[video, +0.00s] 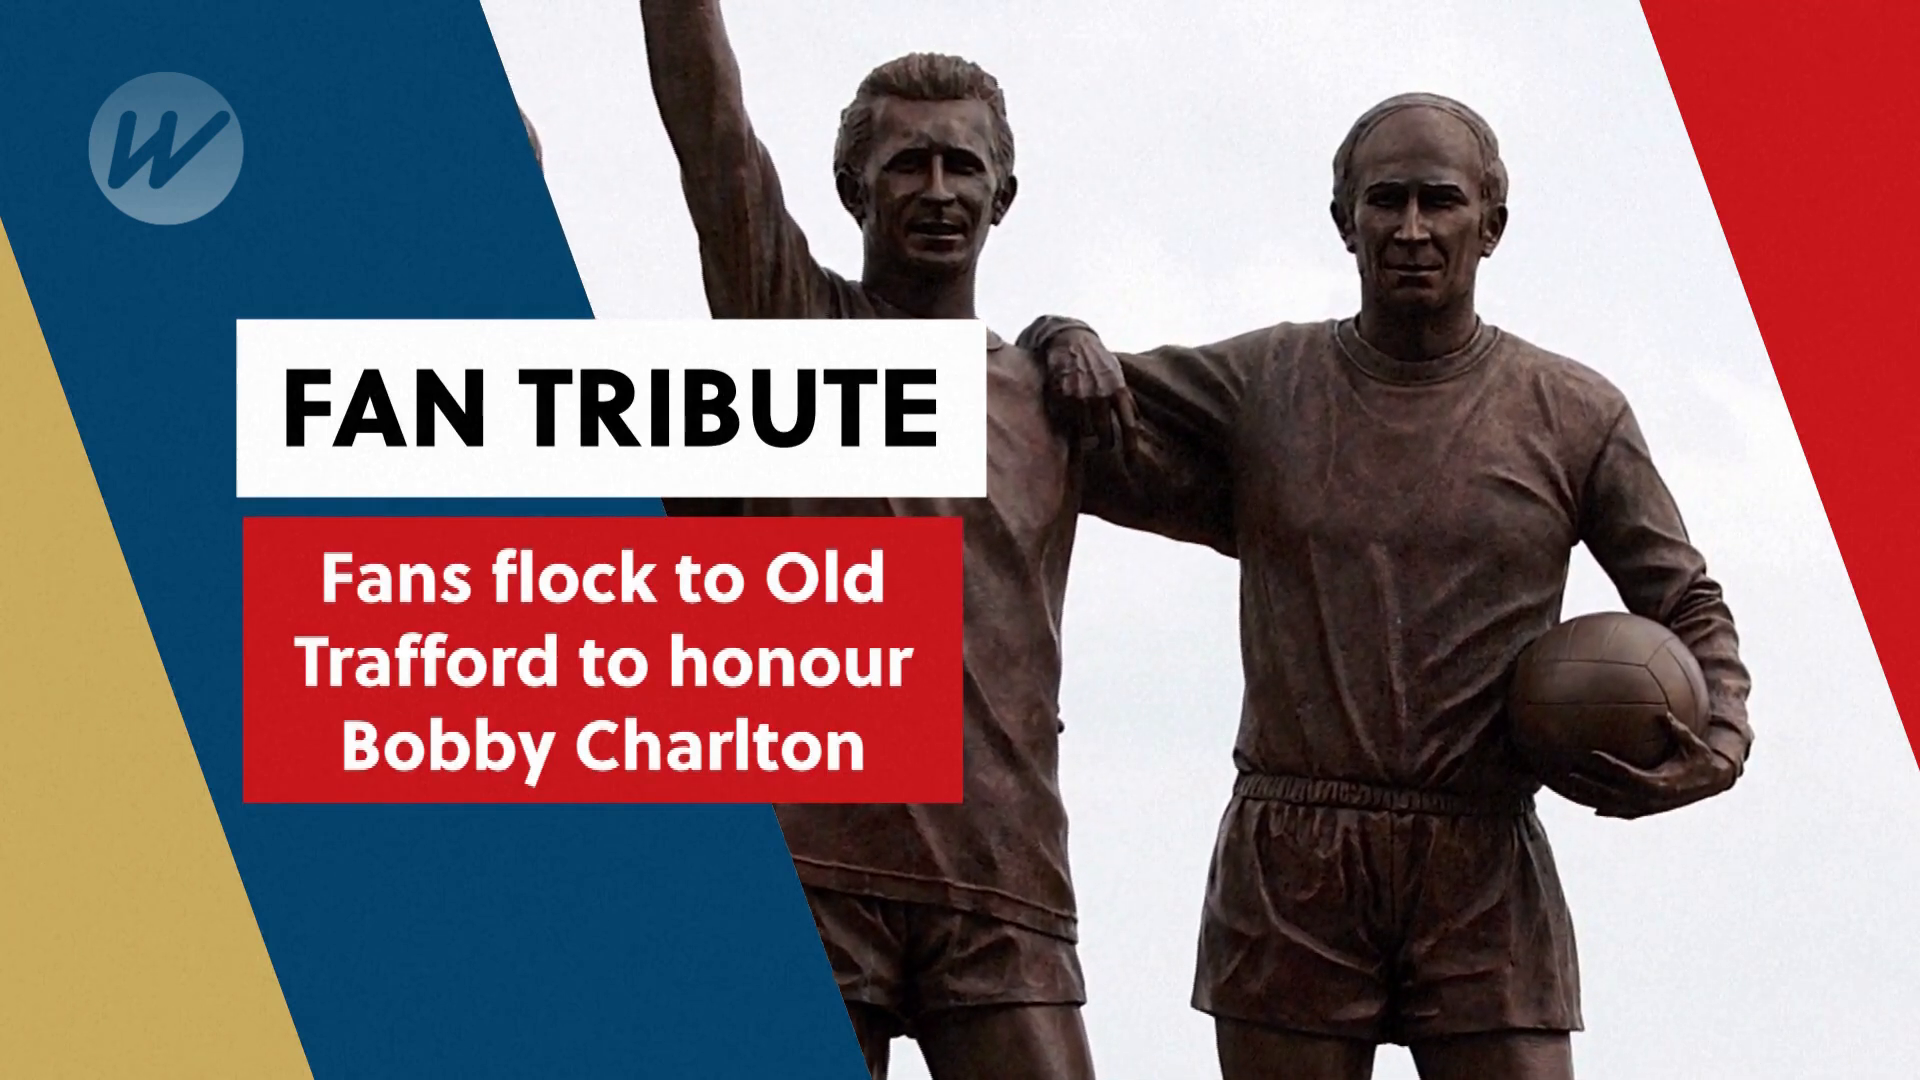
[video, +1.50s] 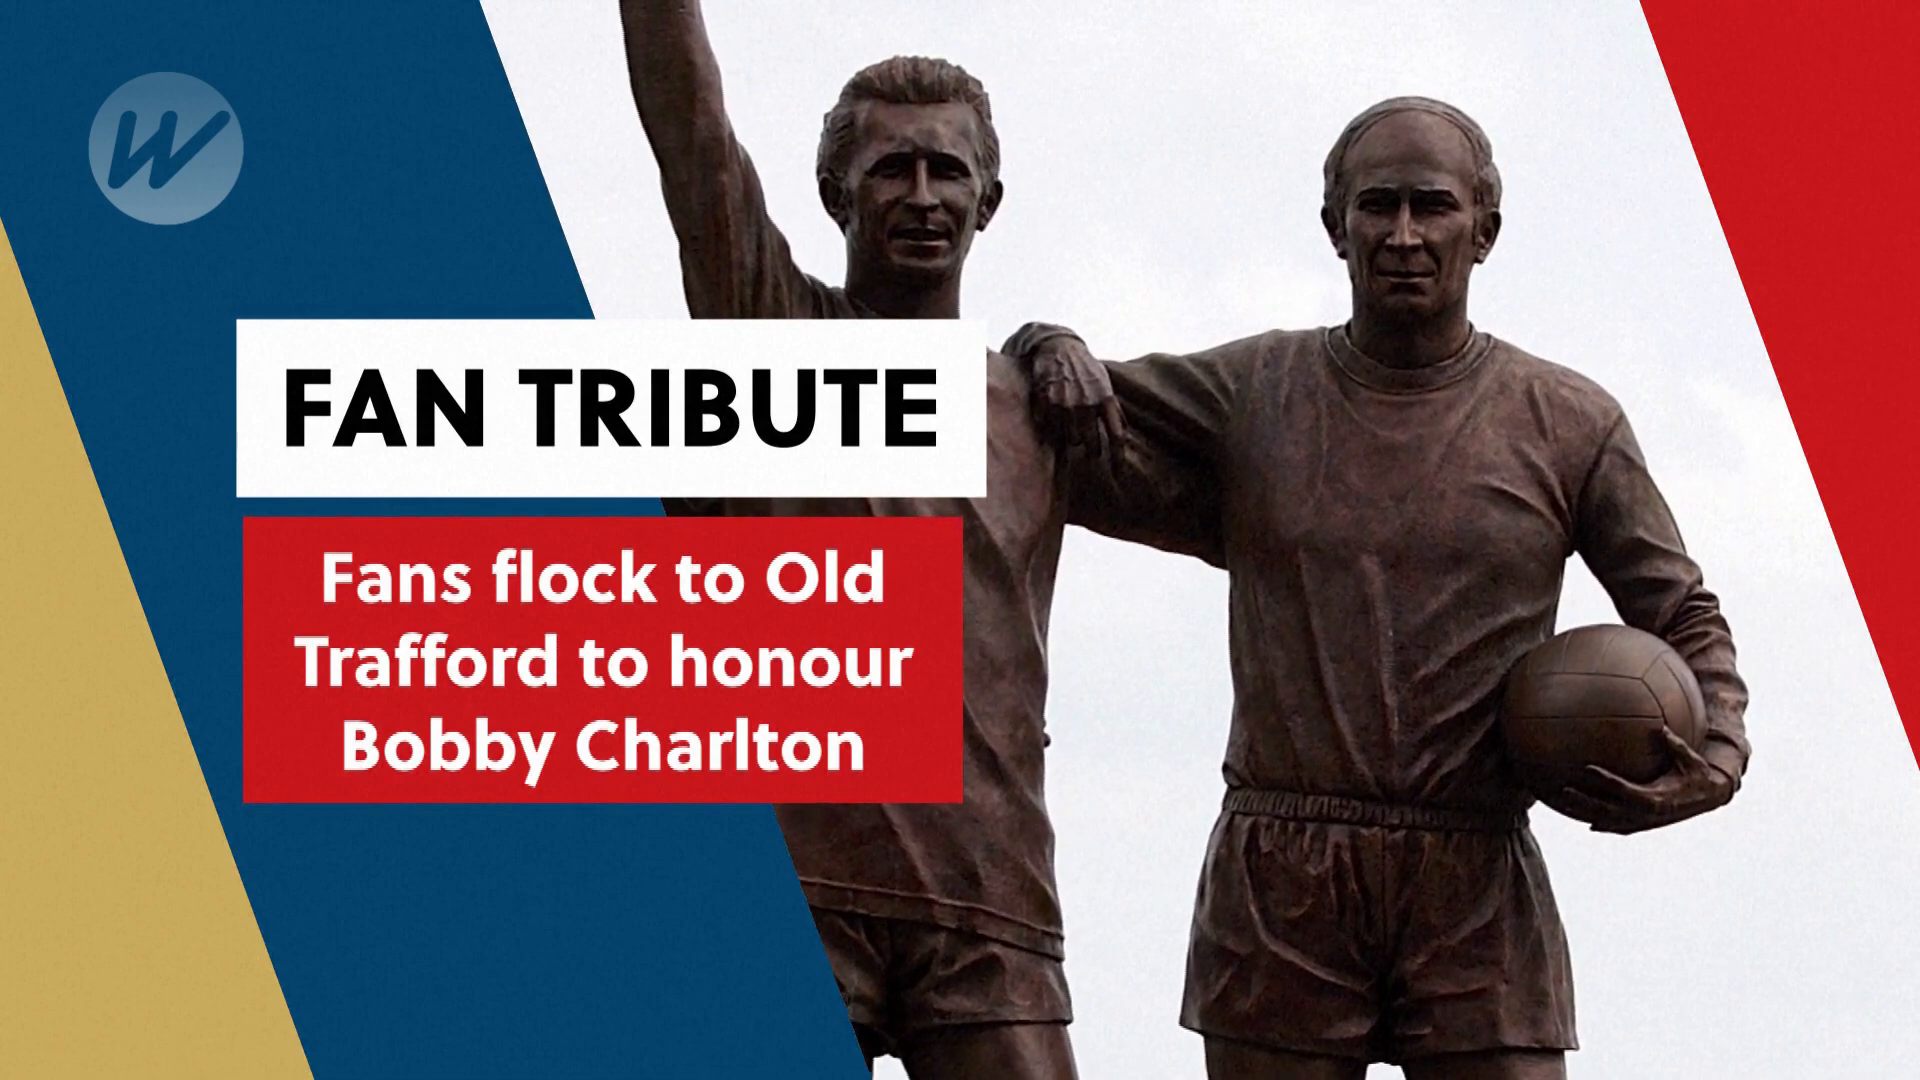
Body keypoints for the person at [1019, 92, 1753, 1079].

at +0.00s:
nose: (1411, 226)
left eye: (1440, 199)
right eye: (1384, 200)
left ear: (1493, 223)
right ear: (1344, 222)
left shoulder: (1574, 411)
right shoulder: (1262, 379)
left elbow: (1685, 604)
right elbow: (1085, 414)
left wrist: (1721, 735)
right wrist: (1062, 342)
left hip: (1482, 868)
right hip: (1287, 863)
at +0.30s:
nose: (1409, 227)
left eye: (1438, 199)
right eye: (1382, 201)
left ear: (1492, 224)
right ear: (1342, 223)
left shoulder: (1572, 412)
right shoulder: (1260, 380)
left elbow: (1683, 604)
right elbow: (1086, 407)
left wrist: (1720, 738)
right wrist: (1058, 341)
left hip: (1482, 873)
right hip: (1285, 867)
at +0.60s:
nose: (1407, 228)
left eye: (1437, 200)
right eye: (1381, 202)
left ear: (1491, 225)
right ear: (1340, 224)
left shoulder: (1573, 414)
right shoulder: (1259, 382)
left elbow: (1684, 609)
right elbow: (1088, 411)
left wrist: (1720, 746)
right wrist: (1054, 342)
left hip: (1480, 879)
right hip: (1283, 871)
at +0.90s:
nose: (1406, 230)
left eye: (1435, 201)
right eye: (1379, 203)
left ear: (1488, 226)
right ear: (1339, 225)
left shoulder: (1571, 415)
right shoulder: (1258, 383)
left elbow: (1682, 609)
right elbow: (1083, 409)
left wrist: (1719, 745)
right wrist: (1052, 343)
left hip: (1480, 883)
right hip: (1281, 877)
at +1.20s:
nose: (1404, 232)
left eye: (1434, 203)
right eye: (1377, 205)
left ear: (1488, 226)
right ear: (1337, 226)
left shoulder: (1570, 417)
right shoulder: (1256, 385)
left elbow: (1681, 611)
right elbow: (1084, 424)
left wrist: (1720, 747)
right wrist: (1051, 348)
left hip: (1478, 885)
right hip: (1279, 878)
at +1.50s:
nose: (1402, 233)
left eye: (1432, 204)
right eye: (1375, 206)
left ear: (1486, 228)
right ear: (1335, 227)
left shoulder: (1569, 419)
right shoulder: (1252, 387)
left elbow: (1681, 614)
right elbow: (1079, 440)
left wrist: (1718, 752)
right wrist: (1046, 351)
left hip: (1478, 891)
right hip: (1276, 885)